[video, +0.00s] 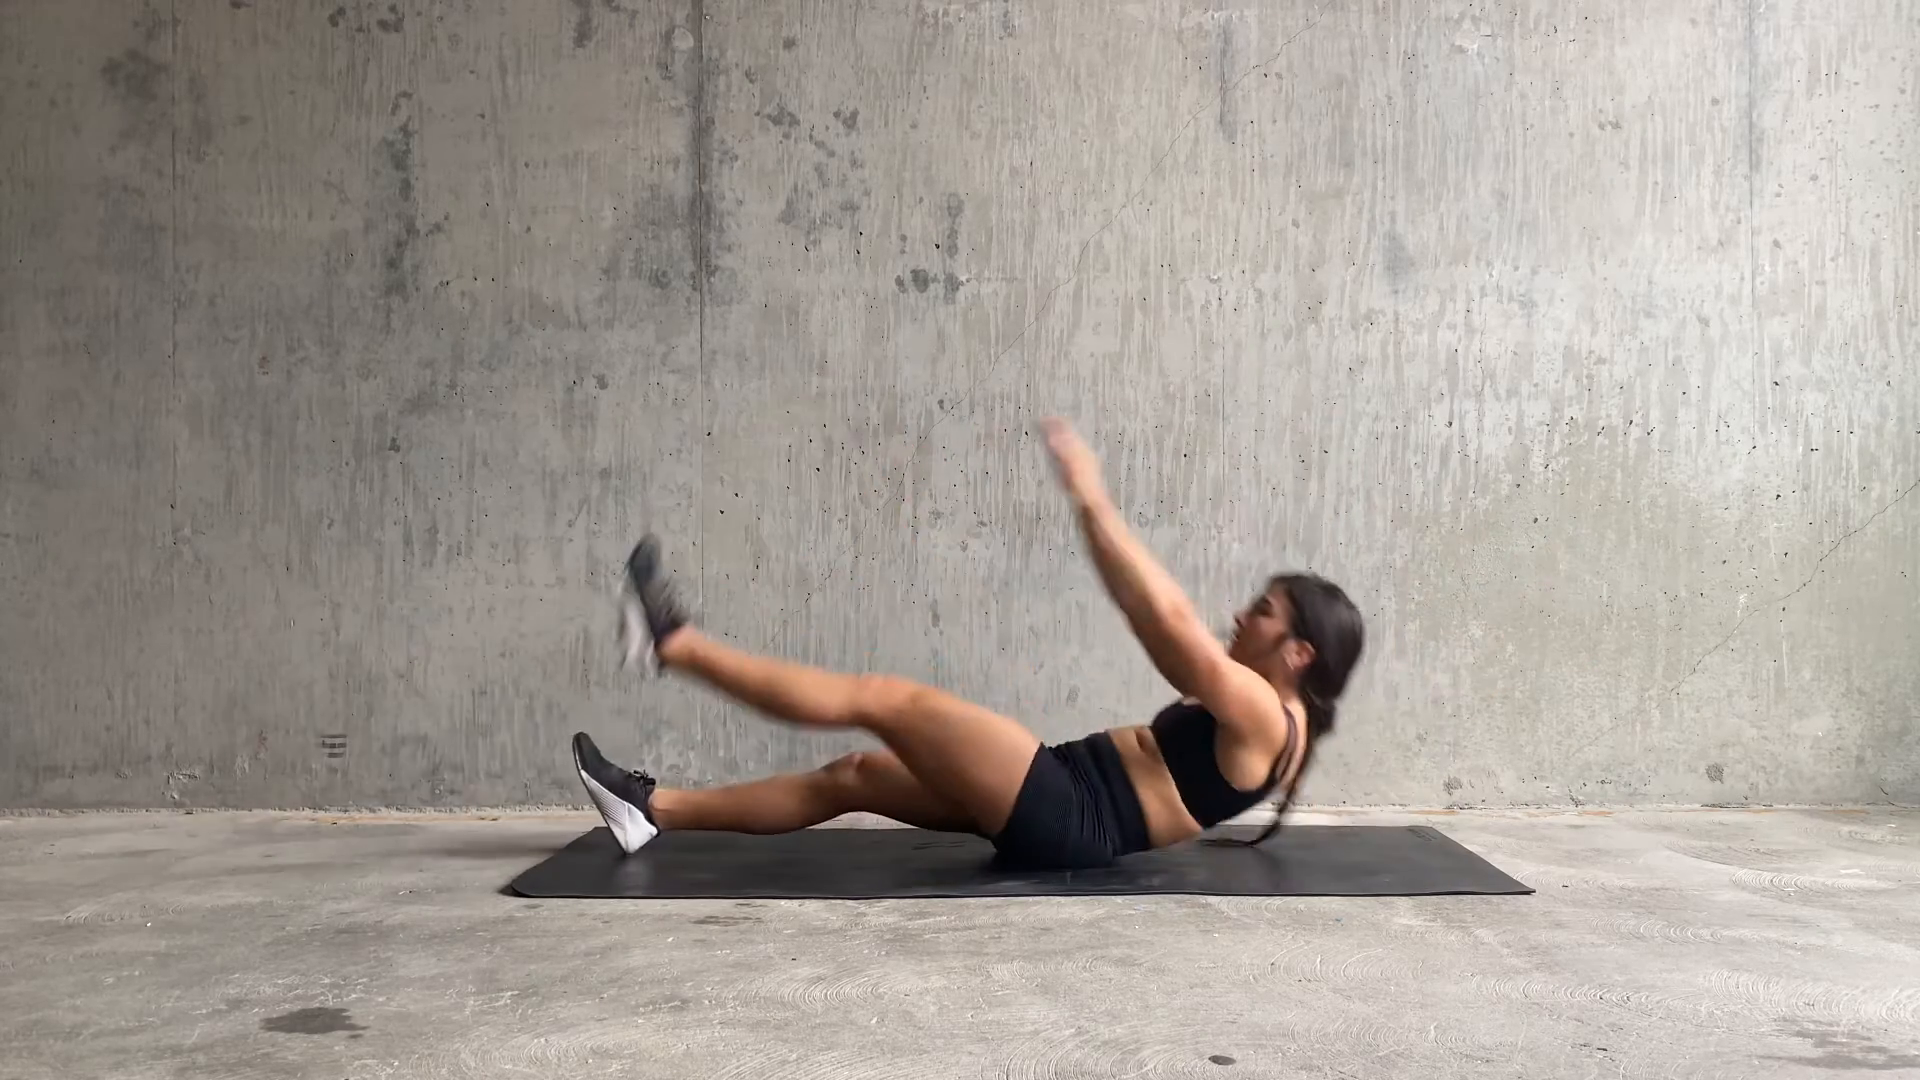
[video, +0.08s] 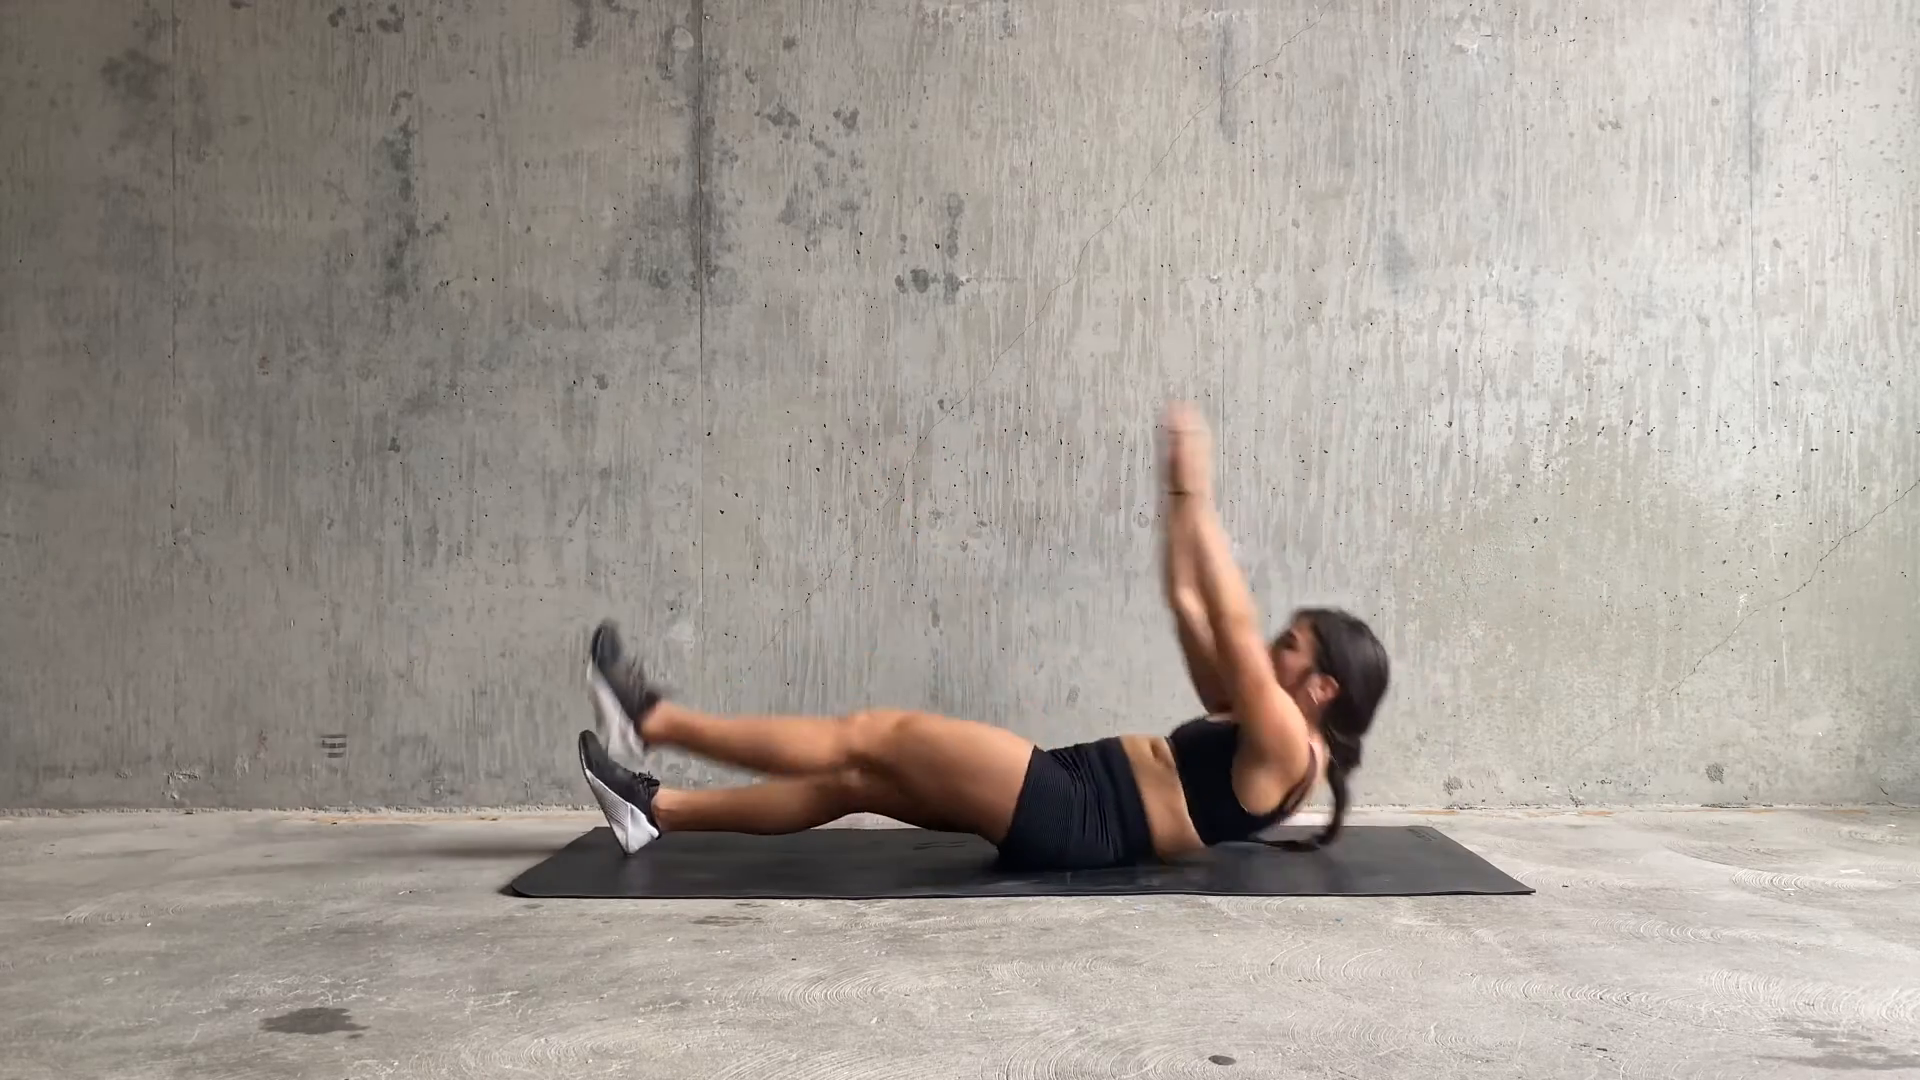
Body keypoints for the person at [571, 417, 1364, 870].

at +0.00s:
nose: (1238, 627)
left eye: (1259, 624)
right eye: (1250, 615)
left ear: (1300, 656)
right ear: (1296, 658)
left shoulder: (1261, 710)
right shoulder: (1260, 713)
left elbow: (1161, 621)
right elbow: (1164, 621)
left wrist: (1093, 503)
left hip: (1072, 810)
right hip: (1061, 800)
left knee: (886, 703)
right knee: (857, 776)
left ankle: (678, 646)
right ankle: (654, 809)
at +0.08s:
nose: (1269, 656)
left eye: (1287, 651)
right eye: (1281, 643)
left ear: (1323, 685)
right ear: (1317, 682)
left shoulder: (1291, 748)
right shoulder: (1267, 737)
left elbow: (1220, 608)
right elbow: (1192, 619)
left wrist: (1194, 490)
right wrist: (1185, 498)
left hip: (1073, 810)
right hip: (1069, 799)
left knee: (874, 742)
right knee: (858, 780)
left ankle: (660, 723)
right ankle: (654, 810)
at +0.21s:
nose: (1316, 688)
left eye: (1332, 685)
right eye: (1322, 684)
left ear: (1349, 724)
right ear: (1338, 722)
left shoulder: (1311, 790)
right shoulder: (1286, 760)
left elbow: (1325, 649)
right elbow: (1289, 636)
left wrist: (1360, 527)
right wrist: (1332, 527)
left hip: (1085, 810)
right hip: (1085, 790)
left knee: (873, 767)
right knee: (877, 763)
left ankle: (654, 799)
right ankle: (664, 794)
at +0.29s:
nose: (1322, 699)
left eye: (1345, 701)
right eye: (1333, 687)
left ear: (1369, 738)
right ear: (1334, 706)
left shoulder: (1322, 810)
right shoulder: (1302, 776)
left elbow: (1393, 685)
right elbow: (1342, 657)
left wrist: (1457, 572)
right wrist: (1421, 567)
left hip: (1087, 810)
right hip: (1086, 782)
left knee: (875, 779)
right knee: (881, 773)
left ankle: (660, 814)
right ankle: (673, 809)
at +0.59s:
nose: (1337, 710)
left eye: (1359, 713)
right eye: (1345, 694)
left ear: (1385, 747)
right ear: (1333, 701)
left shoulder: (1324, 815)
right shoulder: (1310, 782)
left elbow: (1421, 701)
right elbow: (1384, 667)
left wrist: (1490, 605)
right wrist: (1466, 604)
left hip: (1089, 804)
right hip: (1091, 780)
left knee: (872, 784)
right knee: (875, 772)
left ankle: (655, 821)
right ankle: (668, 814)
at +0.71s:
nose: (1320, 702)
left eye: (1340, 707)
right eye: (1332, 694)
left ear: (1368, 755)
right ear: (1346, 734)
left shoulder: (1325, 798)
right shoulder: (1299, 766)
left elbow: (1277, 649)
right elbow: (1238, 657)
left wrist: (1261, 537)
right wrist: (1242, 542)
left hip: (1090, 808)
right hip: (1086, 781)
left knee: (875, 784)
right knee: (872, 755)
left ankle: (654, 837)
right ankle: (669, 786)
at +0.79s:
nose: (1284, 677)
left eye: (1302, 675)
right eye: (1296, 665)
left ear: (1337, 712)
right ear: (1335, 712)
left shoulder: (1284, 755)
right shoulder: (1286, 753)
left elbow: (1164, 654)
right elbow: (1163, 658)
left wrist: (1083, 549)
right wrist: (1091, 557)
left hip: (1076, 810)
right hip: (1075, 783)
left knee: (869, 795)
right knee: (883, 721)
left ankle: (650, 828)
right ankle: (679, 715)